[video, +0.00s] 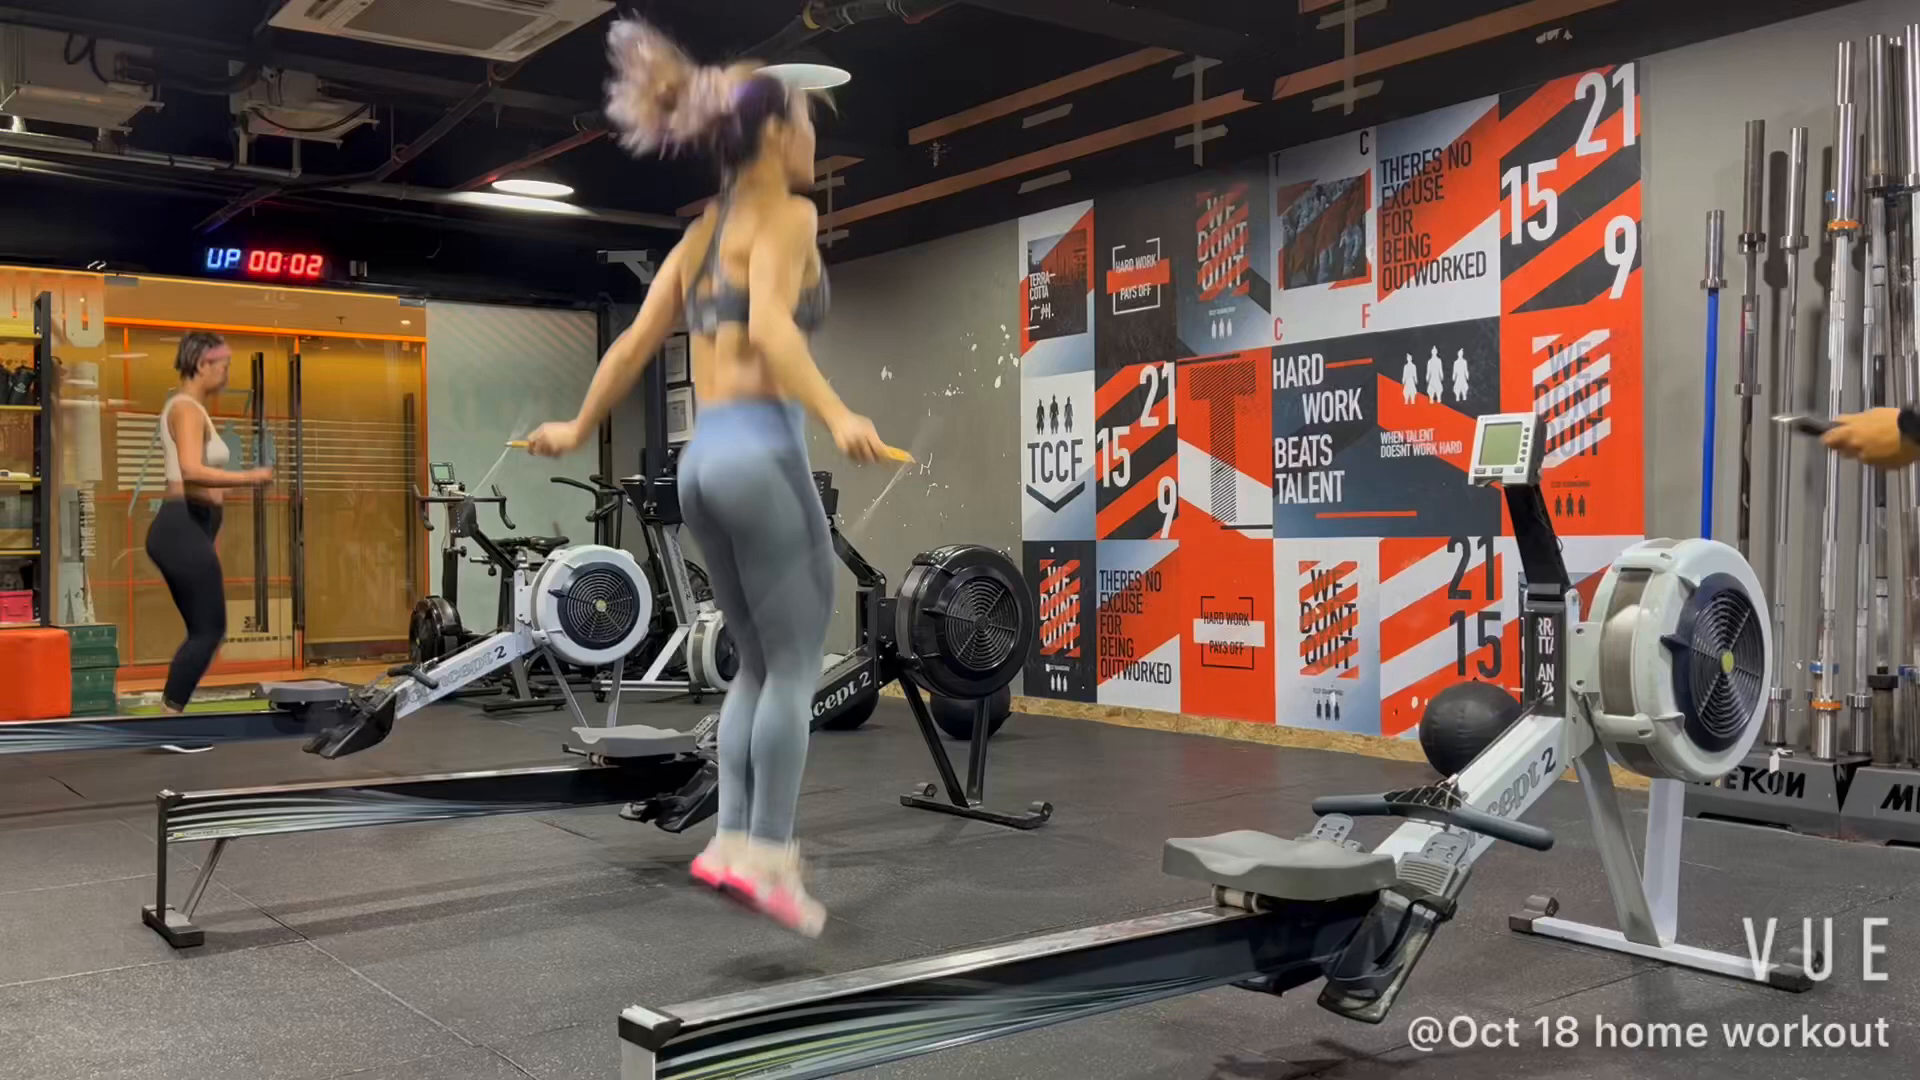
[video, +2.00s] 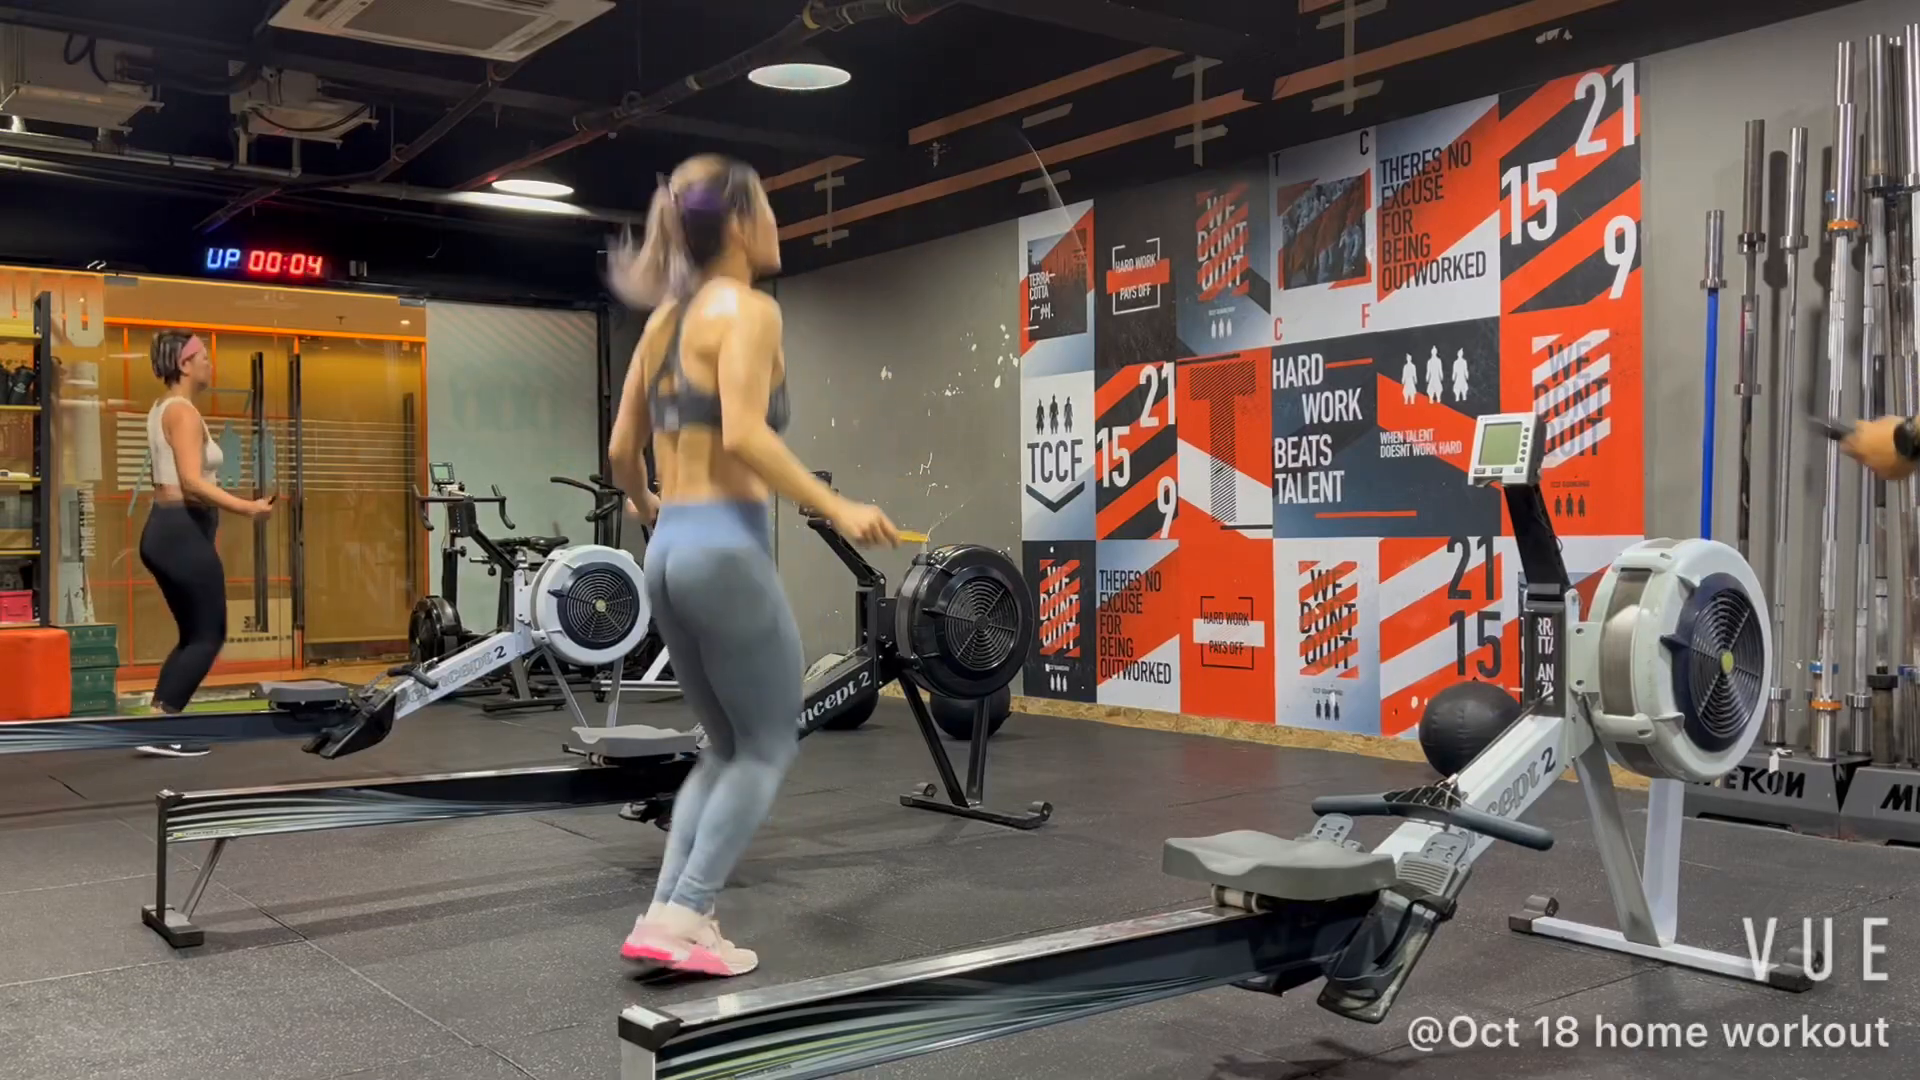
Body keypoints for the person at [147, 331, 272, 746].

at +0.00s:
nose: (227, 373)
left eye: (228, 365)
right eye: (222, 365)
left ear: (205, 364)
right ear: (201, 364)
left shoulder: (195, 408)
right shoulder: (186, 409)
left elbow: (196, 480)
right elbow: (191, 471)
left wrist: (234, 489)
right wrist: (247, 478)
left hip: (188, 529)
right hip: (180, 529)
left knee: (206, 628)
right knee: (208, 628)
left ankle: (170, 710)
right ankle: (169, 711)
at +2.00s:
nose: (210, 365)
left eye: (207, 357)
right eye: (204, 358)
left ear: (180, 366)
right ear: (185, 364)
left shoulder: (164, 410)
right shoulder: (183, 412)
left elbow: (178, 484)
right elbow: (193, 482)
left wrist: (205, 534)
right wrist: (249, 507)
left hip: (165, 529)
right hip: (182, 531)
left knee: (195, 634)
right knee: (209, 634)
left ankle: (156, 716)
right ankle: (163, 718)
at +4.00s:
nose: (236, 348)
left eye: (232, 340)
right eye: (229, 342)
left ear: (204, 350)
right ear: (210, 349)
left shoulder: (189, 395)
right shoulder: (212, 395)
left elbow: (196, 469)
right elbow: (221, 464)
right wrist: (259, 505)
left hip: (197, 512)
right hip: (216, 513)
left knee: (215, 617)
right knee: (232, 617)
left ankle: (196, 708)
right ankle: (200, 710)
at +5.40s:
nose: (232, 361)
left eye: (228, 353)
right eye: (226, 355)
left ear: (200, 362)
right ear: (207, 361)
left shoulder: (185, 406)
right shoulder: (208, 409)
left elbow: (208, 477)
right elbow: (217, 479)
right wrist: (266, 505)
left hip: (191, 526)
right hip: (208, 528)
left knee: (213, 632)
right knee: (225, 633)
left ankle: (180, 716)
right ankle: (183, 718)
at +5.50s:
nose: (229, 339)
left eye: (224, 331)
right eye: (223, 332)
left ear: (197, 343)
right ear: (207, 340)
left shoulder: (184, 388)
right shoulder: (208, 388)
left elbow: (199, 455)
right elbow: (217, 455)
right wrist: (246, 496)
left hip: (192, 504)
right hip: (210, 504)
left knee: (206, 610)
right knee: (216, 610)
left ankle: (189, 706)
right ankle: (192, 708)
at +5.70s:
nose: (230, 351)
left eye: (226, 342)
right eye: (225, 342)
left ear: (200, 348)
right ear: (209, 347)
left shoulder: (187, 397)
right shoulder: (208, 396)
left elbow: (200, 469)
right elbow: (213, 469)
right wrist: (261, 493)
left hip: (189, 521)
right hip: (210, 522)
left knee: (209, 625)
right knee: (221, 626)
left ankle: (181, 720)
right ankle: (184, 723)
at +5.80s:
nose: (232, 359)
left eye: (229, 350)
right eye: (226, 350)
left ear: (202, 354)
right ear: (210, 354)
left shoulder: (188, 403)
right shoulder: (210, 405)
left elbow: (200, 478)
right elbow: (219, 476)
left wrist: (243, 505)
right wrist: (262, 513)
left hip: (190, 527)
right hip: (210, 528)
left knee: (208, 632)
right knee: (220, 633)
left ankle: (179, 719)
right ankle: (182, 721)